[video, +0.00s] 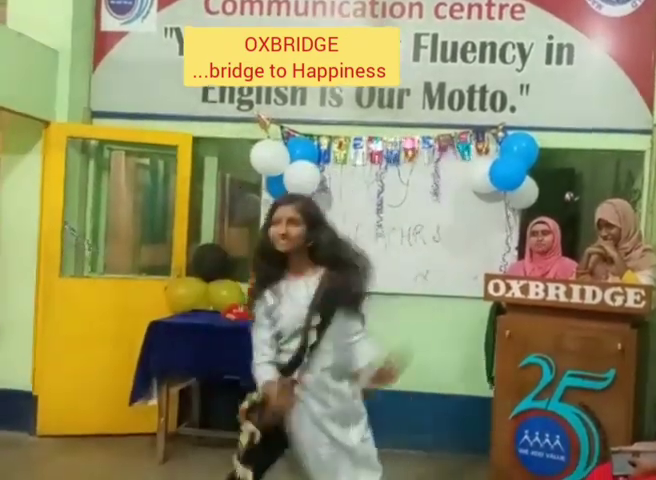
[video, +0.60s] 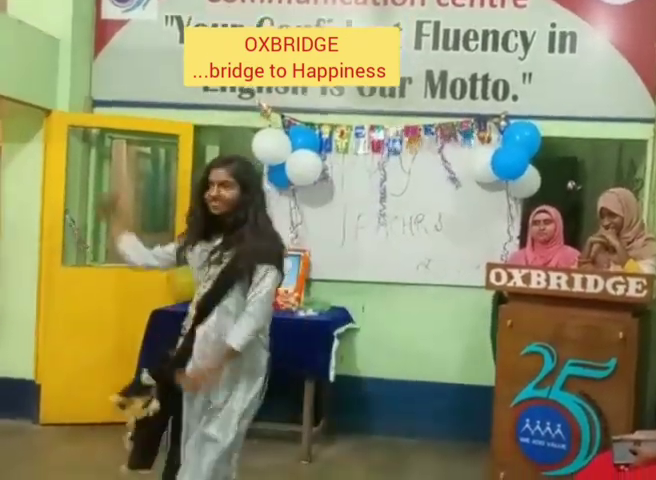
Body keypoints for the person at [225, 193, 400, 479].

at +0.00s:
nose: (283, 231)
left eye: (293, 223)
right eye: (276, 223)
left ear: (311, 230)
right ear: (268, 231)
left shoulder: (337, 281)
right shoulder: (268, 289)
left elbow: (354, 338)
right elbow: (261, 352)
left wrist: (372, 370)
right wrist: (272, 387)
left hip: (338, 399)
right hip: (290, 401)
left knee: (359, 470)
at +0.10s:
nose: (266, 226)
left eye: (276, 218)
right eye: (260, 217)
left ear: (295, 225)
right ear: (251, 223)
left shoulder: (310, 276)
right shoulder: (244, 273)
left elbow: (307, 343)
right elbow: (232, 338)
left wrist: (289, 411)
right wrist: (234, 410)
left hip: (298, 392)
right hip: (253, 392)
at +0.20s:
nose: (255, 218)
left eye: (265, 210)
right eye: (248, 209)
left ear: (283, 217)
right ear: (239, 215)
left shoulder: (295, 269)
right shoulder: (228, 264)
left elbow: (280, 339)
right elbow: (209, 327)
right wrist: (197, 397)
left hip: (277, 389)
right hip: (230, 385)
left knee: (280, 467)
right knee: (203, 465)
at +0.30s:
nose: (238, 207)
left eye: (248, 200)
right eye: (231, 198)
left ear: (267, 206)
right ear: (221, 203)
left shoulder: (281, 257)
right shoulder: (220, 248)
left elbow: (259, 323)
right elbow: (185, 297)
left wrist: (201, 350)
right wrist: (154, 341)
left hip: (261, 377)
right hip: (222, 371)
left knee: (240, 467)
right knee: (224, 461)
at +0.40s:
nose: (224, 204)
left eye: (235, 196)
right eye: (218, 195)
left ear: (256, 202)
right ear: (210, 200)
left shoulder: (271, 257)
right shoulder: (213, 250)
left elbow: (254, 314)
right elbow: (166, 290)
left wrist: (196, 319)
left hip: (246, 368)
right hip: (210, 363)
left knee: (219, 456)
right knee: (200, 449)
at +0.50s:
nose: (218, 201)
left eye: (229, 193)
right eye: (213, 192)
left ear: (250, 199)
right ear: (206, 195)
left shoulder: (265, 249)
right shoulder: (210, 242)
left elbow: (256, 310)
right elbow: (162, 273)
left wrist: (194, 333)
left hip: (238, 356)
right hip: (204, 347)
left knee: (212, 438)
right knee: (193, 431)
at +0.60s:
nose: (213, 194)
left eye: (224, 186)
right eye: (209, 186)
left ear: (246, 194)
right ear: (204, 192)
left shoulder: (262, 250)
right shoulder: (203, 242)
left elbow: (255, 318)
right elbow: (148, 257)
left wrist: (211, 365)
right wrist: (117, 225)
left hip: (238, 363)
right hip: (197, 356)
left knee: (213, 451)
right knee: (188, 446)